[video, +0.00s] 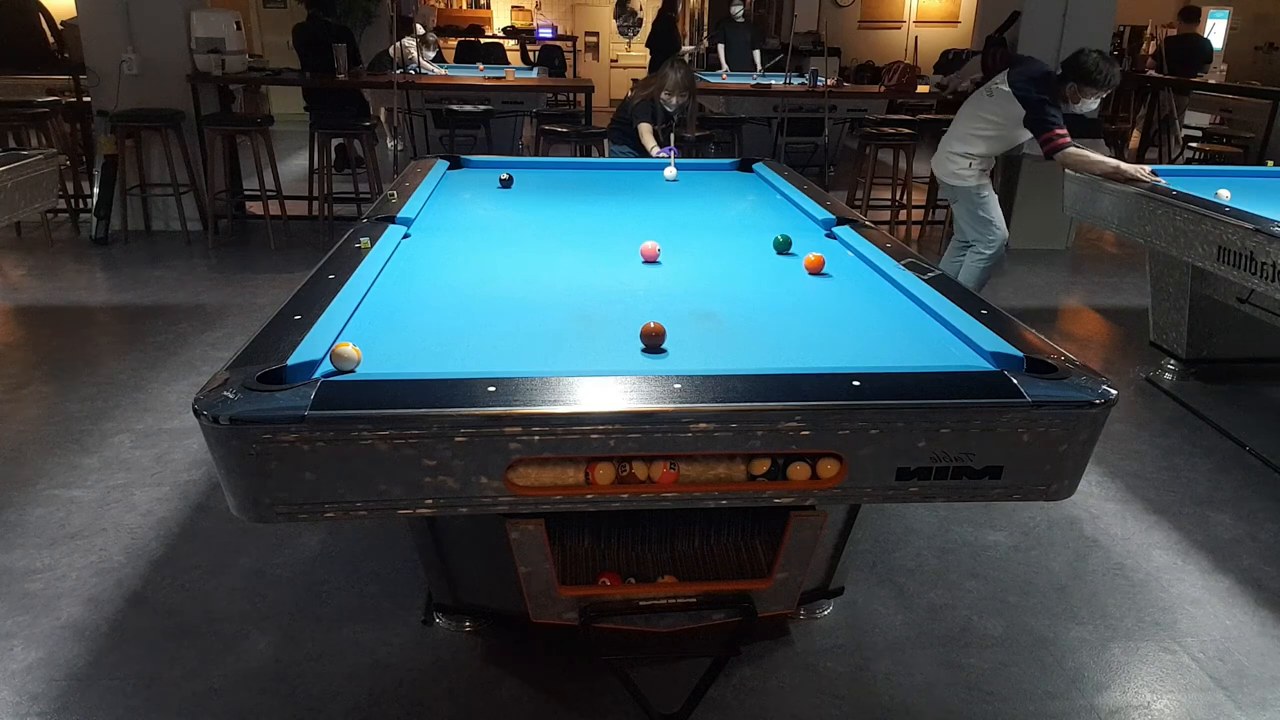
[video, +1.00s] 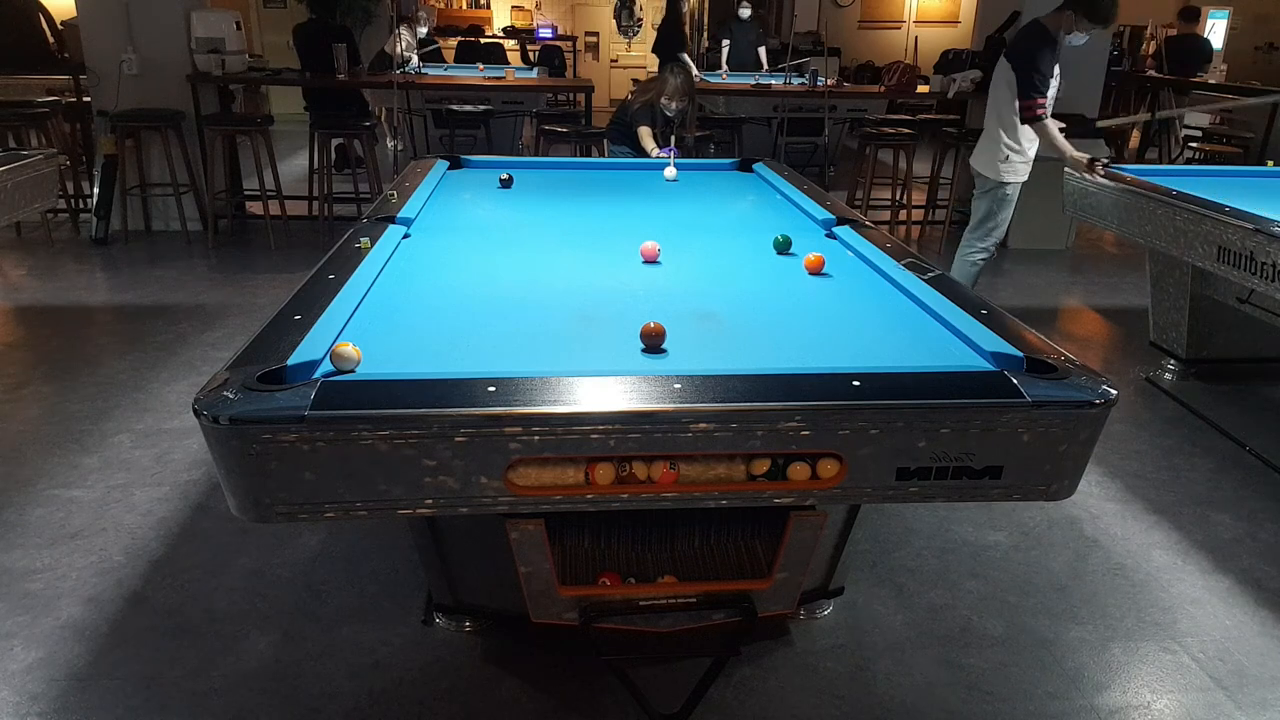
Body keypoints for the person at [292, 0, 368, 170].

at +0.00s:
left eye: (306, 5)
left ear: (307, 7)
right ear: (332, 7)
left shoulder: (298, 30)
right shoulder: (342, 30)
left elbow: (307, 64)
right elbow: (357, 67)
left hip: (313, 101)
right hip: (345, 103)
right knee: (363, 106)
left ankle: (351, 152)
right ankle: (345, 150)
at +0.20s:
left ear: (308, 7)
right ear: (332, 6)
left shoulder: (299, 30)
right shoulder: (341, 30)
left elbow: (307, 65)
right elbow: (357, 67)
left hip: (313, 100)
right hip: (344, 102)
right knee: (363, 106)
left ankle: (351, 152)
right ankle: (345, 150)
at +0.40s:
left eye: (305, 5)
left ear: (308, 7)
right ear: (333, 7)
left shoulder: (299, 29)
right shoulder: (342, 30)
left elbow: (307, 66)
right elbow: (357, 68)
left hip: (314, 102)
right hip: (345, 103)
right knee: (362, 106)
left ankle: (351, 152)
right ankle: (345, 149)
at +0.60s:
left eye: (306, 5)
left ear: (308, 7)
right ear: (333, 7)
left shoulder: (299, 29)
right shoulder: (342, 30)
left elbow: (307, 66)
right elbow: (357, 69)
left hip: (315, 102)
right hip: (346, 103)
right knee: (363, 107)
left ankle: (351, 152)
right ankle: (345, 150)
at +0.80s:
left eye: (306, 5)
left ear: (309, 7)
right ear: (334, 8)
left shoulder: (299, 29)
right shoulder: (342, 30)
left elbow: (307, 66)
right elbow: (357, 69)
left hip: (314, 102)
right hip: (345, 103)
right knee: (363, 106)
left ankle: (351, 152)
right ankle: (345, 150)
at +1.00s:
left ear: (309, 8)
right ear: (334, 8)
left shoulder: (299, 30)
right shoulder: (342, 30)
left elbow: (306, 66)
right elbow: (357, 69)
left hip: (314, 102)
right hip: (345, 103)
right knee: (362, 106)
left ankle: (351, 152)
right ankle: (345, 150)